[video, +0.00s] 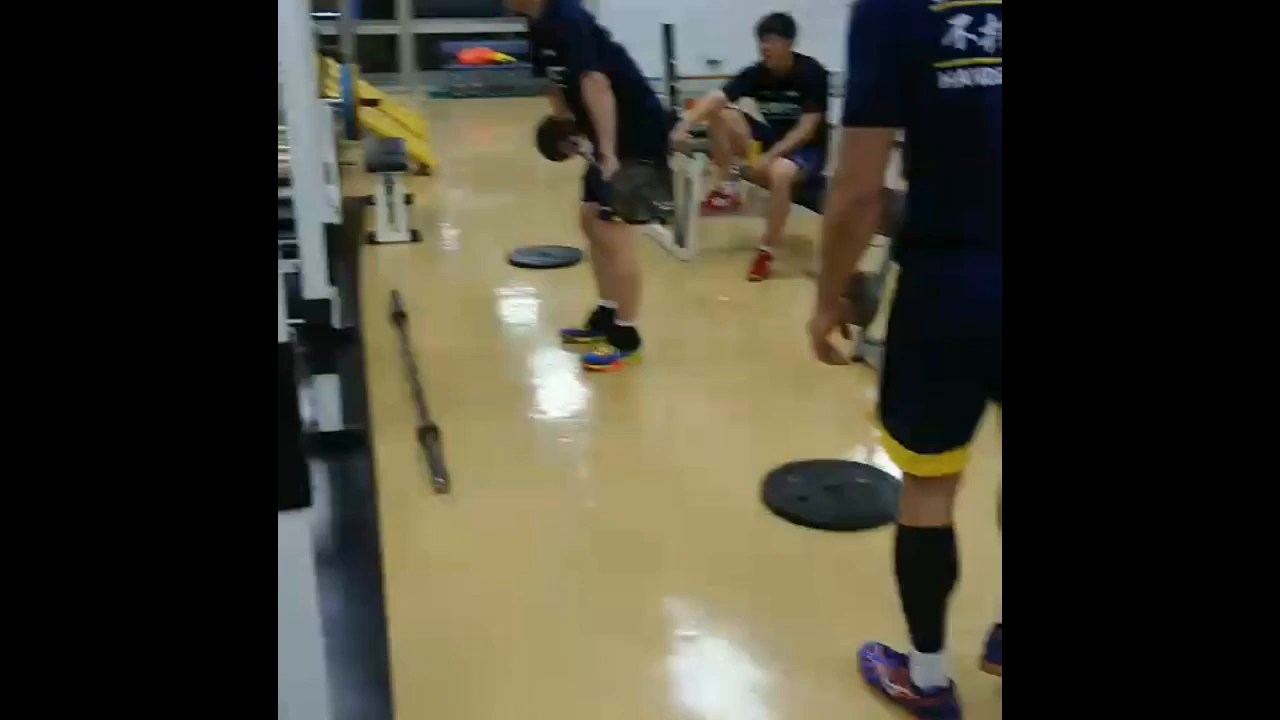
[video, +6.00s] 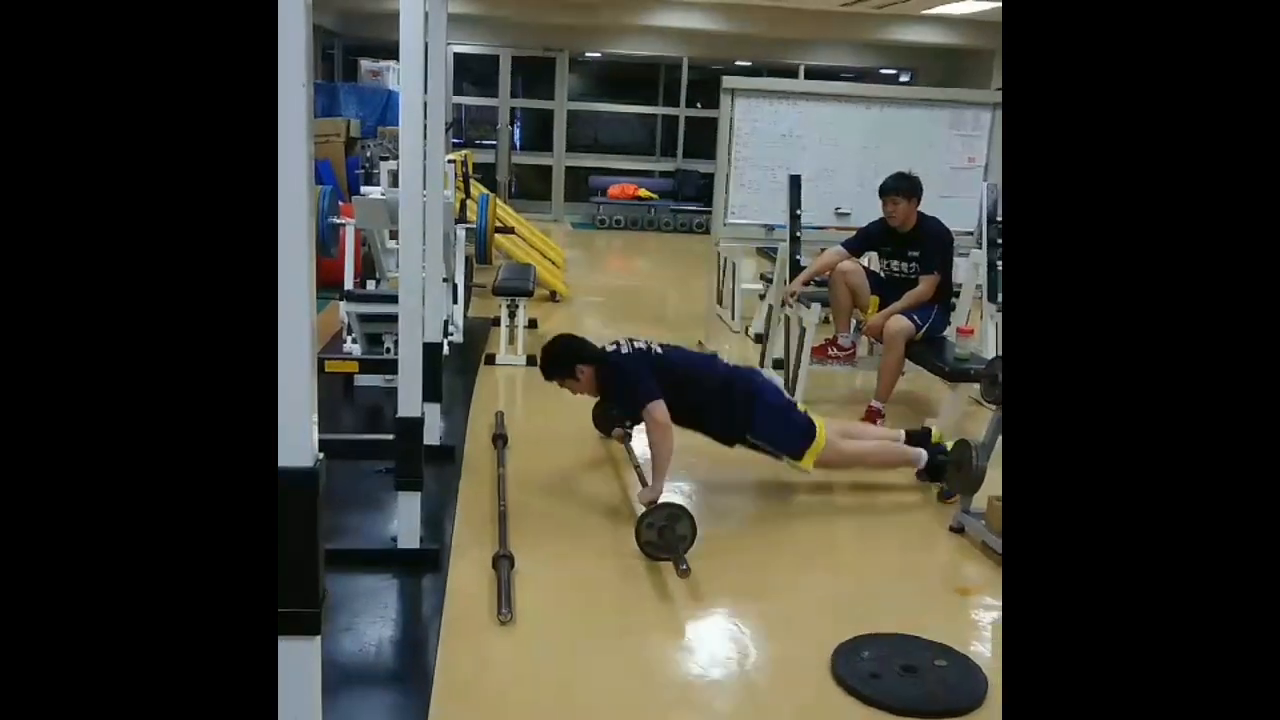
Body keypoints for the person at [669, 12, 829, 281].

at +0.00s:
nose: (764, 46)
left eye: (771, 40)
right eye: (762, 40)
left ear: (788, 43)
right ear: (758, 42)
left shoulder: (812, 72)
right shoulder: (756, 73)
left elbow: (808, 127)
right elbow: (717, 100)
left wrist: (770, 156)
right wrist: (684, 126)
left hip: (804, 144)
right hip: (768, 138)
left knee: (780, 171)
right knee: (719, 115)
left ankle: (767, 250)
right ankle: (726, 192)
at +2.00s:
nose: (915, 165)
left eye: (922, 158)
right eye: (912, 159)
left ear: (943, 158)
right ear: (909, 159)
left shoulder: (966, 189)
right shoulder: (908, 185)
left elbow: (957, 245)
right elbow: (865, 211)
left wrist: (914, 272)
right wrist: (829, 239)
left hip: (959, 262)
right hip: (921, 252)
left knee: (926, 285)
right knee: (872, 228)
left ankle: (906, 368)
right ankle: (873, 303)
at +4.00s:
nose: (892, 202)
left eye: (899, 196)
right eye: (888, 196)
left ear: (917, 199)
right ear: (884, 198)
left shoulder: (939, 229)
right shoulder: (881, 227)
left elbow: (930, 285)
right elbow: (841, 253)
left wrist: (888, 314)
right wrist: (804, 278)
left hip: (934, 301)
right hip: (894, 293)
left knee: (900, 324)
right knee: (847, 268)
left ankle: (883, 405)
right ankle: (849, 342)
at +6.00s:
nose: (888, 209)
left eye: (895, 204)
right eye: (885, 203)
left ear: (914, 204)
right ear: (881, 203)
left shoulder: (935, 234)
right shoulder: (879, 229)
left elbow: (926, 290)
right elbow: (836, 255)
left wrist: (883, 316)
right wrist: (800, 280)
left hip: (928, 305)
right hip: (891, 294)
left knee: (895, 327)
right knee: (843, 270)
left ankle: (876, 409)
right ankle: (843, 345)